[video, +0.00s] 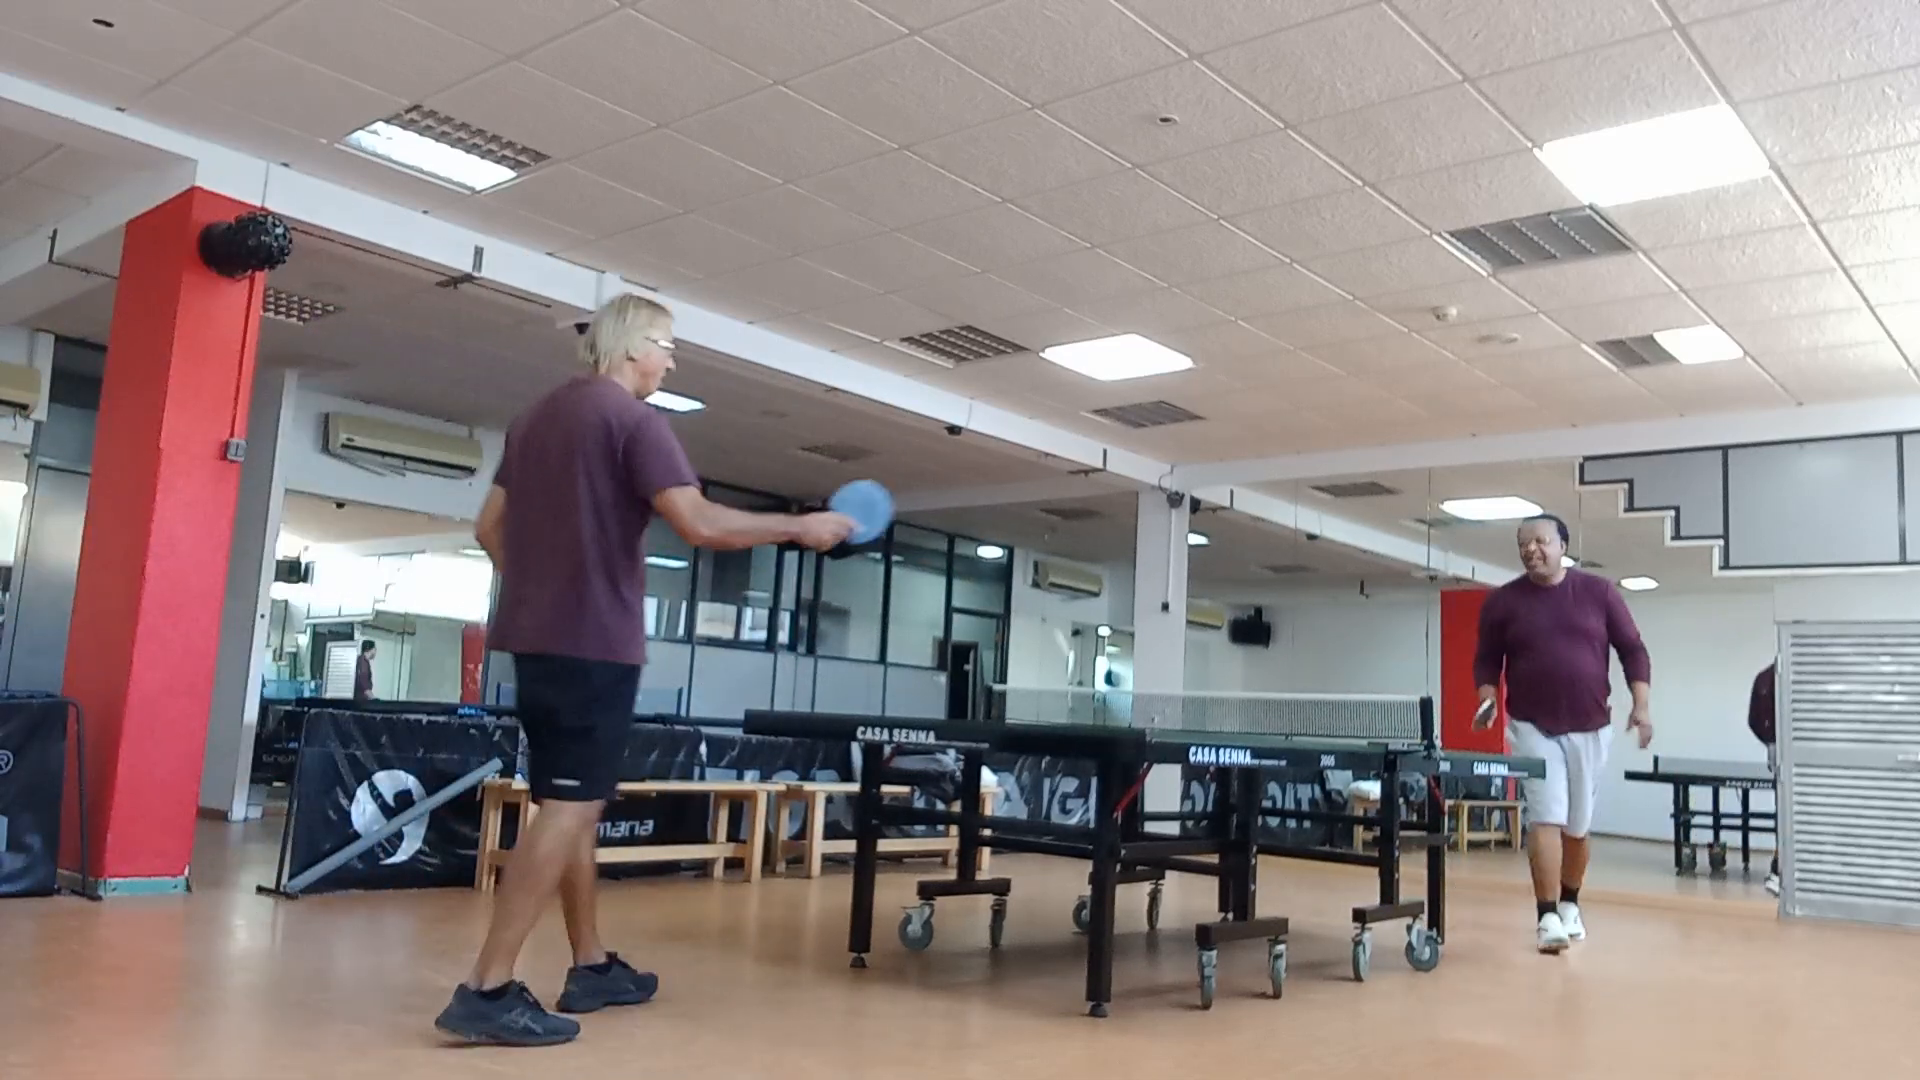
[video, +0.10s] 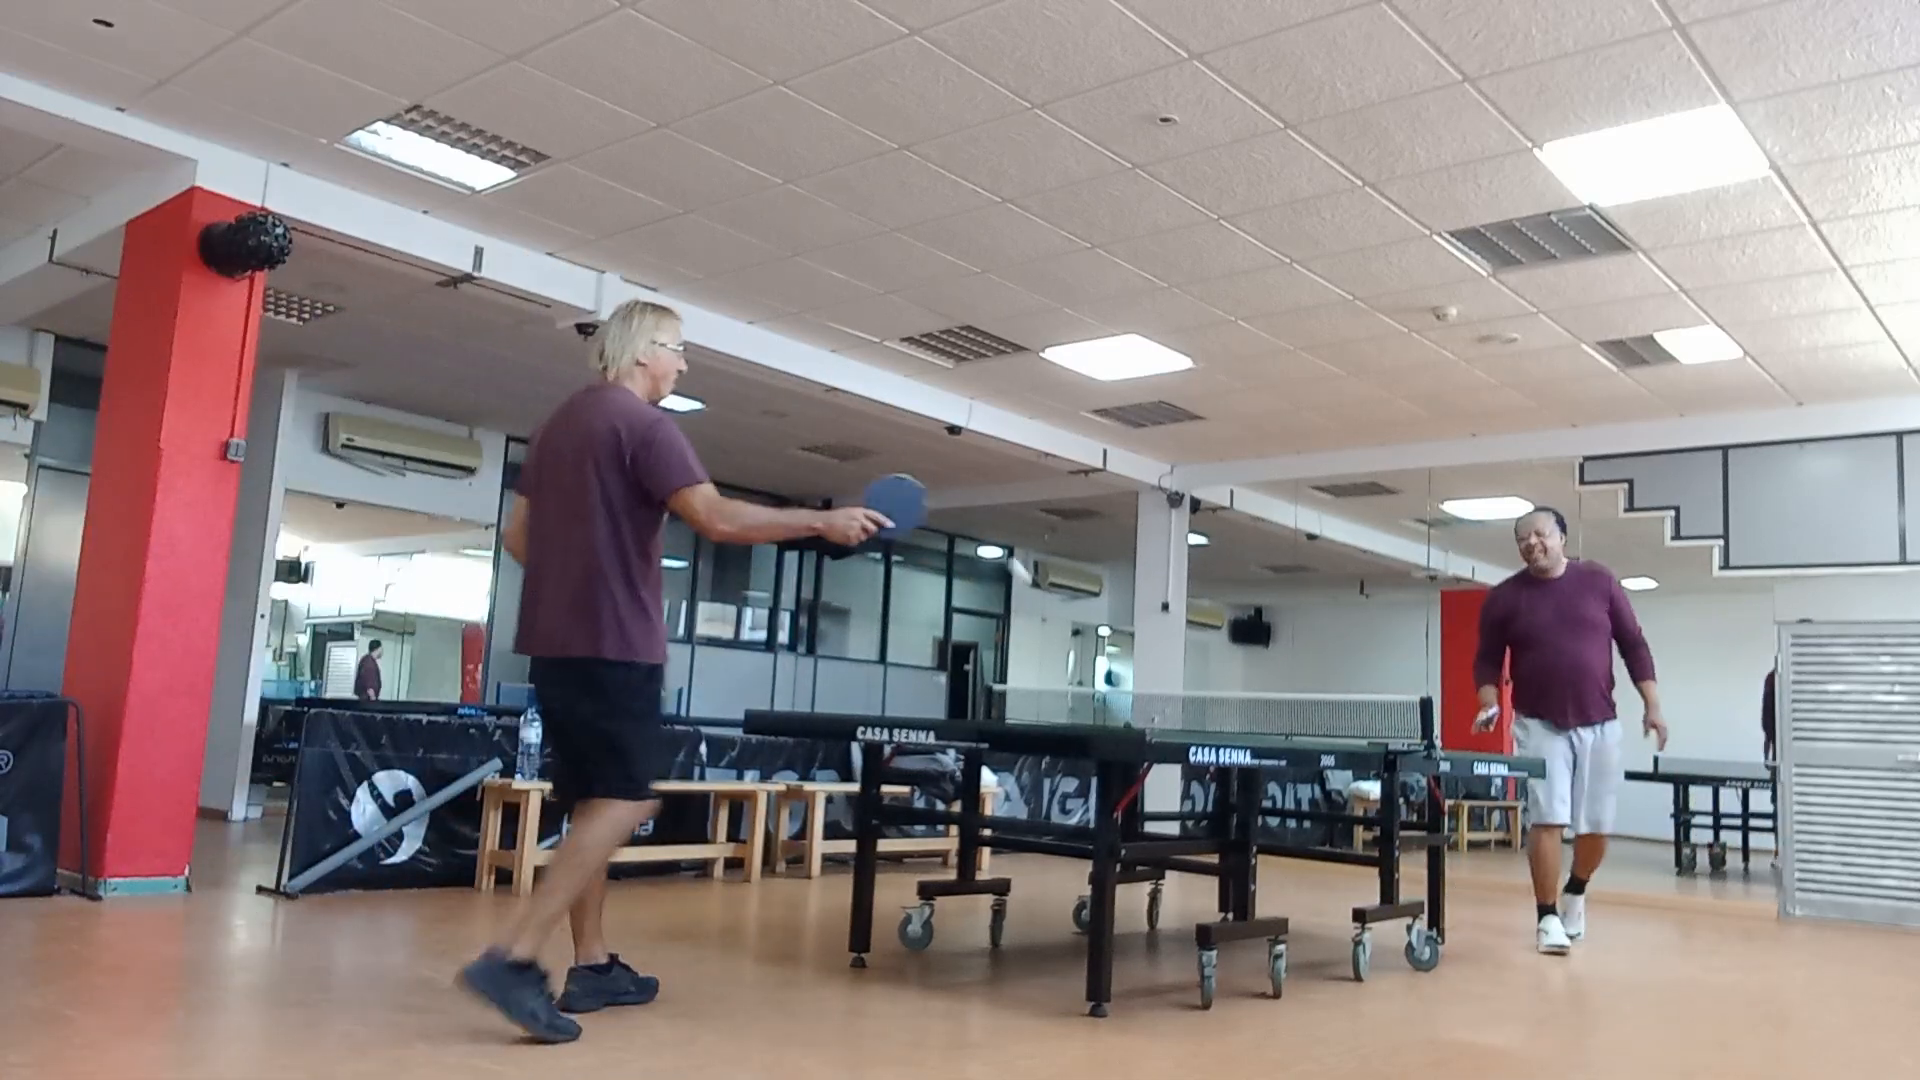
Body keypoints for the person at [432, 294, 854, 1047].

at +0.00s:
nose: (670, 363)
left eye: (670, 349)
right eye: (665, 348)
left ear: (604, 349)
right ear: (635, 351)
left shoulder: (536, 417)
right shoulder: (631, 419)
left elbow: (491, 524)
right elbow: (703, 525)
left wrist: (537, 591)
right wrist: (801, 527)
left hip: (532, 639)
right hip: (594, 643)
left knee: (576, 805)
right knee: (566, 809)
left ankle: (589, 966)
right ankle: (487, 988)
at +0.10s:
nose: (685, 366)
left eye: (682, 352)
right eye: (678, 350)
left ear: (618, 355)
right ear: (644, 353)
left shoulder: (559, 423)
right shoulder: (642, 421)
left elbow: (520, 537)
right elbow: (714, 517)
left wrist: (585, 578)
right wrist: (823, 521)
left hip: (555, 638)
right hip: (614, 641)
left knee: (590, 800)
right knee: (633, 794)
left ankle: (590, 966)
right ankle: (514, 961)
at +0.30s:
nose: (705, 370)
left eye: (704, 358)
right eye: (696, 356)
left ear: (646, 366)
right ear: (659, 364)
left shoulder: (599, 429)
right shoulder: (655, 427)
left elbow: (607, 552)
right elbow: (733, 517)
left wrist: (677, 612)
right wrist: (835, 526)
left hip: (588, 643)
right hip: (649, 645)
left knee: (611, 792)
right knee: (705, 780)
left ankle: (588, 971)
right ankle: (619, 943)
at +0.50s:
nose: (733, 384)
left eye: (731, 372)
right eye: (725, 369)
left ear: (676, 377)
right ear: (689, 374)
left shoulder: (632, 442)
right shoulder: (685, 439)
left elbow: (649, 555)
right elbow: (730, 535)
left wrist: (726, 576)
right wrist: (836, 556)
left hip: (624, 651)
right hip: (685, 654)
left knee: (624, 790)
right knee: (716, 794)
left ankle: (591, 962)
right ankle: (725, 956)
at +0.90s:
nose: (808, 423)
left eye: (810, 412)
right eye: (807, 411)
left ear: (752, 402)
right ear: (788, 408)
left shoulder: (703, 458)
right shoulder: (783, 468)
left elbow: (679, 555)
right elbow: (774, 571)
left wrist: (714, 615)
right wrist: (824, 635)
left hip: (689, 660)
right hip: (752, 666)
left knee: (684, 788)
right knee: (757, 802)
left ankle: (619, 917)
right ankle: (734, 951)